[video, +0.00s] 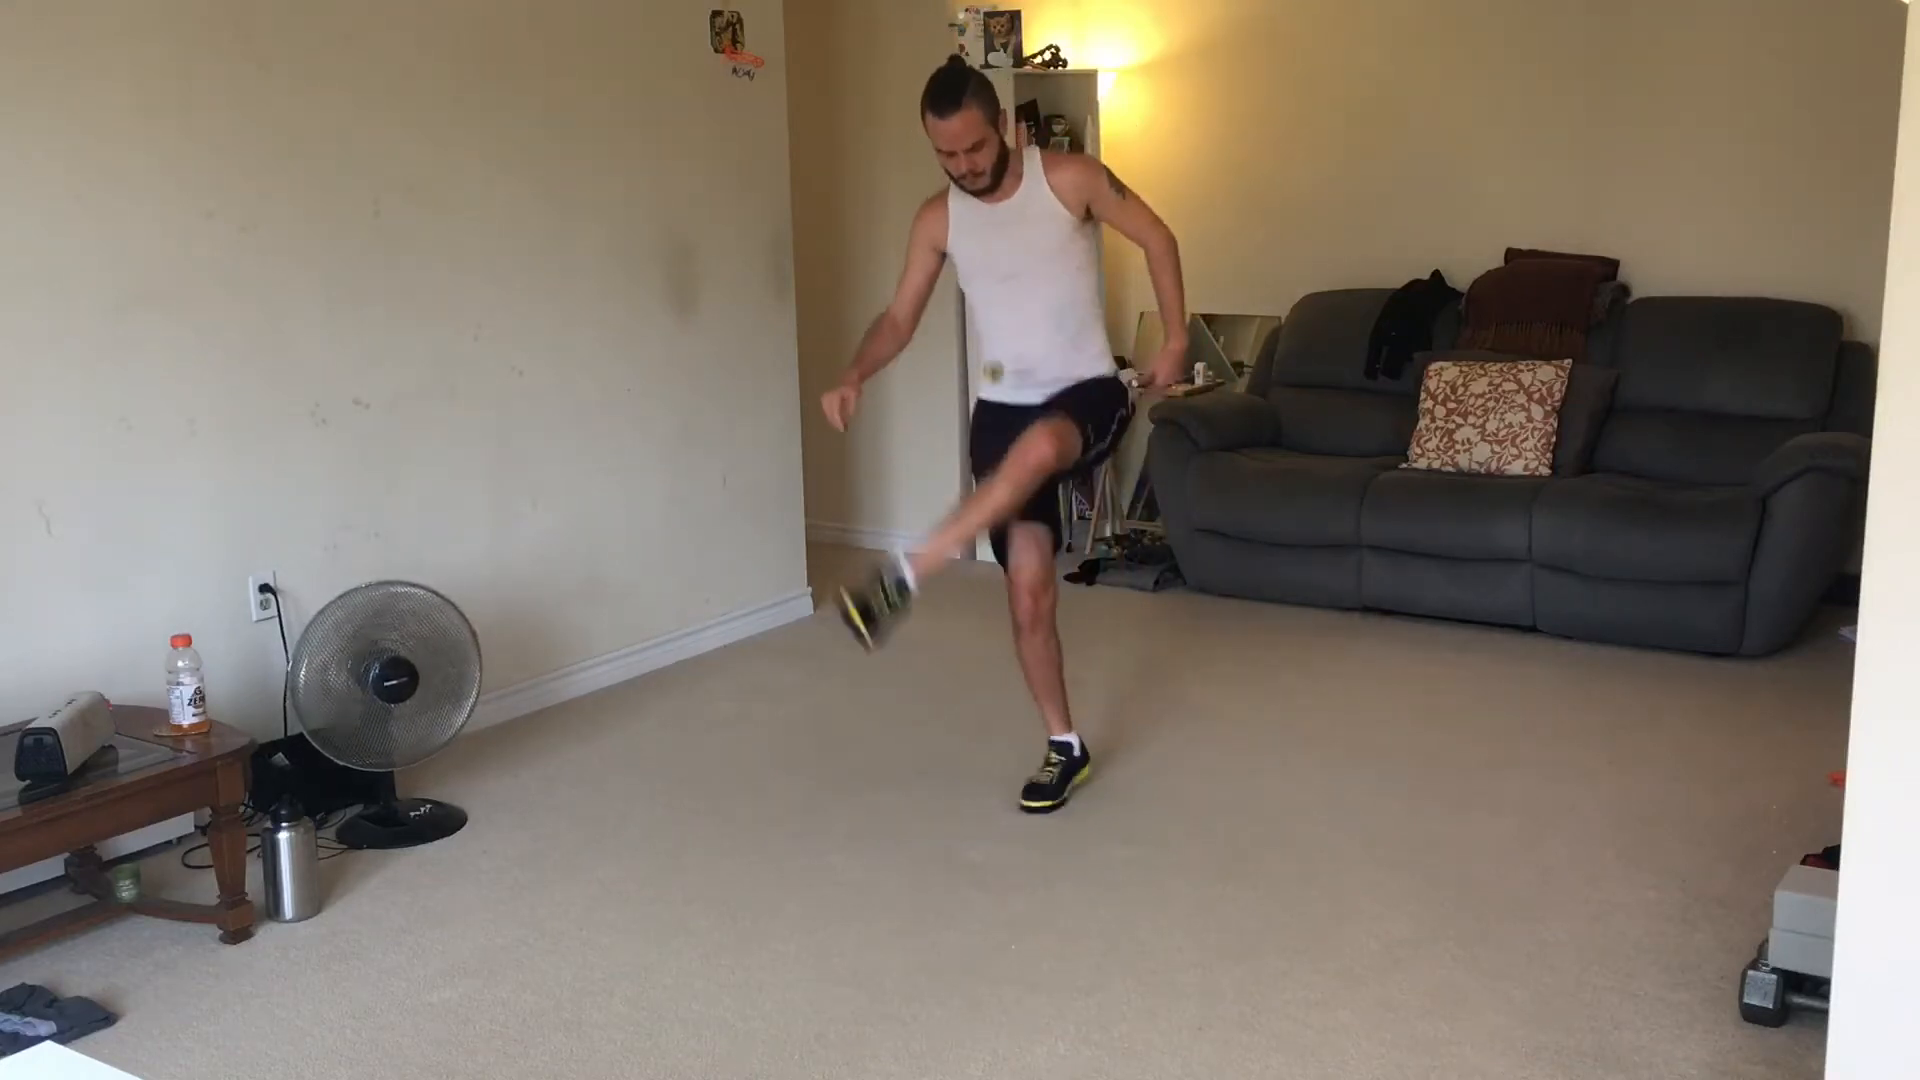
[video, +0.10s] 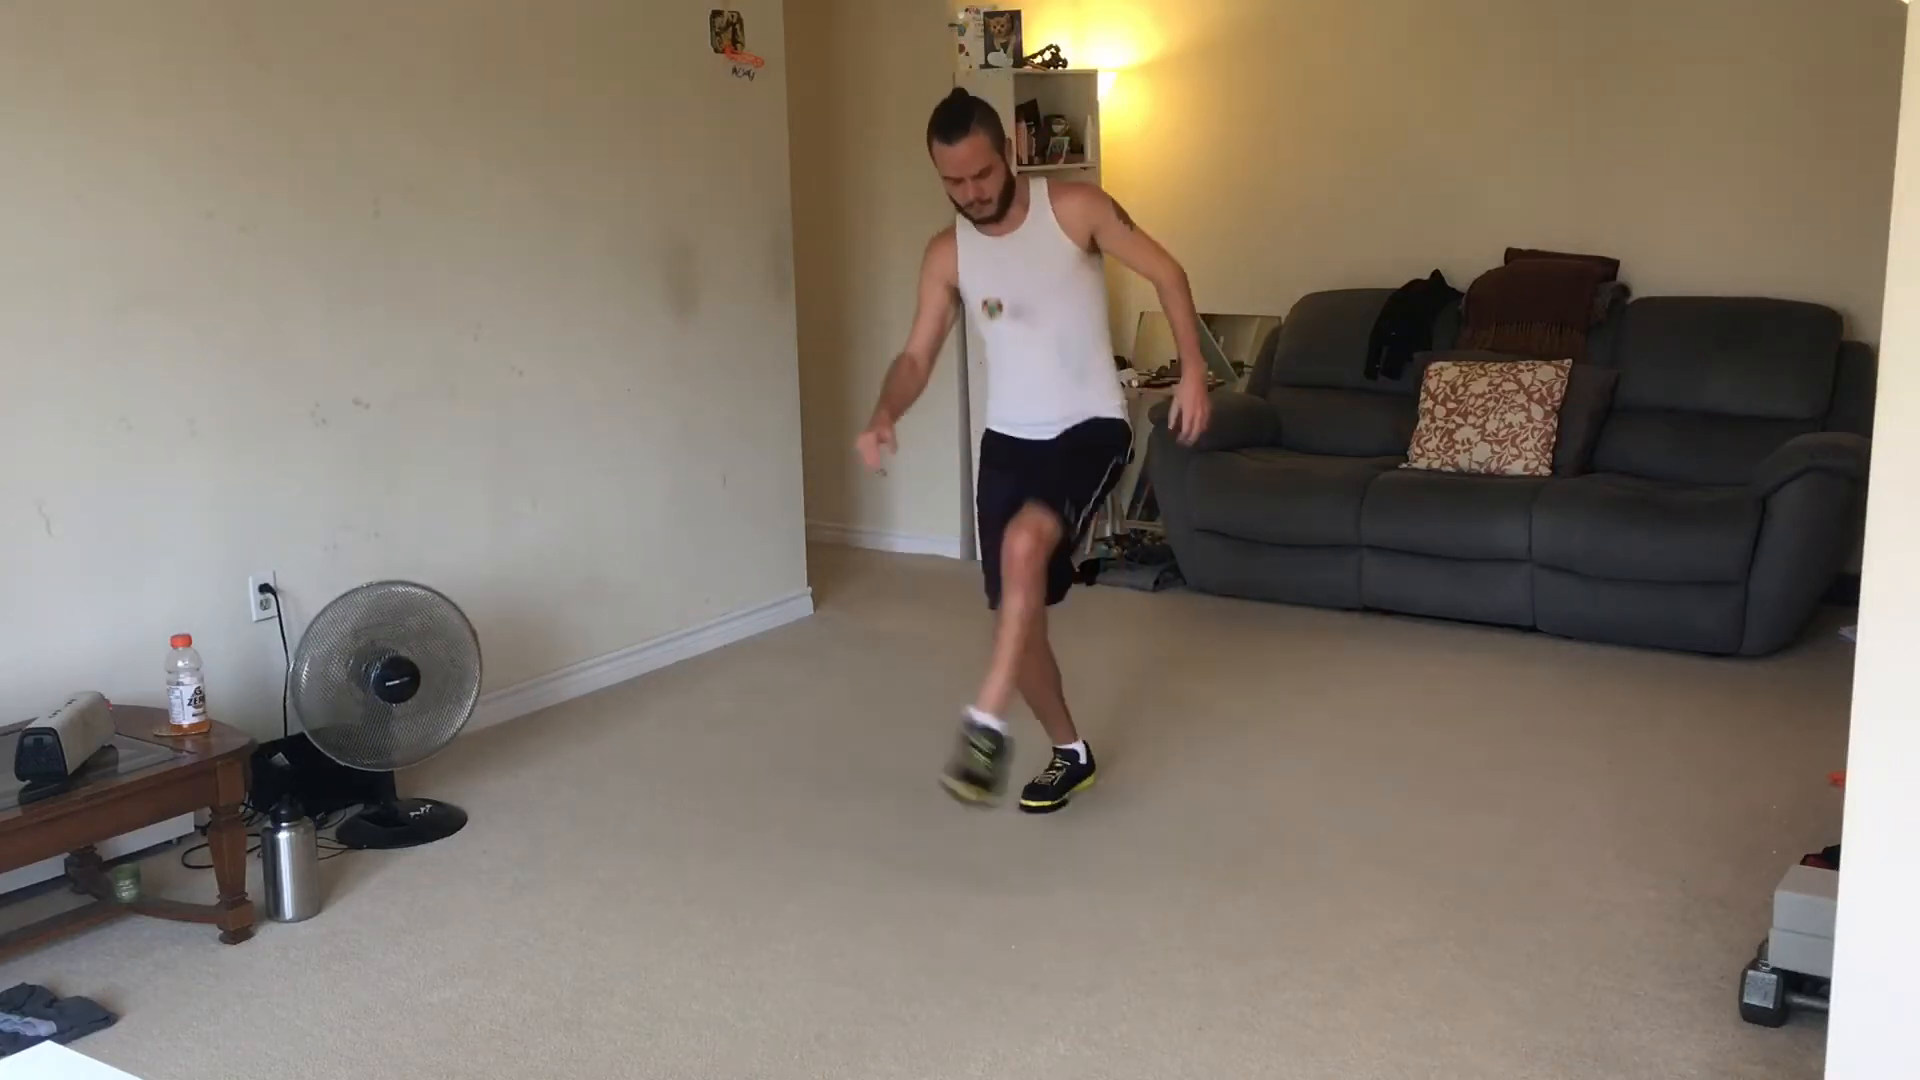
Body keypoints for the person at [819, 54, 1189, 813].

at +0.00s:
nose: (963, 166)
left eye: (975, 148)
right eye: (947, 154)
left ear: (1003, 123)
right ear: (932, 143)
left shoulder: (1071, 177)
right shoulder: (940, 218)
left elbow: (1159, 240)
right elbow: (899, 319)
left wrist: (1176, 339)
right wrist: (853, 376)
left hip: (1090, 389)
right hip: (1002, 406)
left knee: (1040, 448)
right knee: (1029, 594)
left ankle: (903, 579)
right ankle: (1064, 746)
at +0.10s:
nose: (970, 192)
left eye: (981, 174)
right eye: (953, 181)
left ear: (1009, 151)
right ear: (935, 171)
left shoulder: (1075, 206)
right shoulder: (947, 254)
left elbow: (1169, 275)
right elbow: (917, 358)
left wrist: (1193, 369)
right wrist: (884, 415)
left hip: (1089, 425)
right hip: (1007, 436)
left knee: (1026, 541)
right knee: (1015, 611)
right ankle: (1072, 751)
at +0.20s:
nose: (978, 185)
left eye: (990, 167)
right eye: (962, 173)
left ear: (1017, 144)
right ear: (945, 162)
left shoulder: (1080, 199)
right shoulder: (949, 240)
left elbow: (1183, 255)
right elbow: (913, 334)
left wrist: (1180, 352)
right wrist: (904, 384)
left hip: (1093, 424)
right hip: (1010, 436)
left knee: (1046, 574)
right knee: (1019, 627)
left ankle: (1078, 710)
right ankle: (1064, 751)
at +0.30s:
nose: (986, 161)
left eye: (999, 146)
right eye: (973, 149)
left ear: (1030, 122)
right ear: (957, 134)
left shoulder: (1085, 166)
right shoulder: (948, 200)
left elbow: (1199, 207)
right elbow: (901, 281)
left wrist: (1151, 298)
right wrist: (912, 337)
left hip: (1099, 399)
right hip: (1013, 416)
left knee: (1105, 539)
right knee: (1037, 601)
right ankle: (1064, 741)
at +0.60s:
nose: (996, 257)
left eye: (1007, 243)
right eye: (983, 246)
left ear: (1038, 209)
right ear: (969, 224)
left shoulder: (1098, 212)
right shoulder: (965, 275)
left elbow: (1191, 236)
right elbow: (903, 363)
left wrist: (1161, 339)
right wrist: (889, 447)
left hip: (1127, 447)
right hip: (1041, 463)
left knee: (1186, 587)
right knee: (1084, 624)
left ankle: (1033, 629)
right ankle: (1093, 772)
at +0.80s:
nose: (1018, 277)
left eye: (1029, 263)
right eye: (1003, 266)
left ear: (1058, 228)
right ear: (989, 244)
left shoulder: (1110, 230)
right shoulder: (980, 297)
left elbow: (1191, 232)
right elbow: (910, 388)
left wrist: (1218, 304)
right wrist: (893, 471)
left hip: (1103, 471)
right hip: (1032, 481)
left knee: (1147, 642)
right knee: (1106, 642)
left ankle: (1000, 736)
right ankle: (1094, 777)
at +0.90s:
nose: (1016, 241)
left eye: (1029, 227)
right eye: (1003, 228)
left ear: (1059, 198)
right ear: (986, 208)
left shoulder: (1107, 213)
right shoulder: (977, 269)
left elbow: (1207, 211)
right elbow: (906, 357)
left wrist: (1228, 266)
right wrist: (896, 450)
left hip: (1088, 460)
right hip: (1022, 467)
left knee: (1123, 633)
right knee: (1098, 635)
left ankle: (974, 731)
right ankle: (1093, 775)